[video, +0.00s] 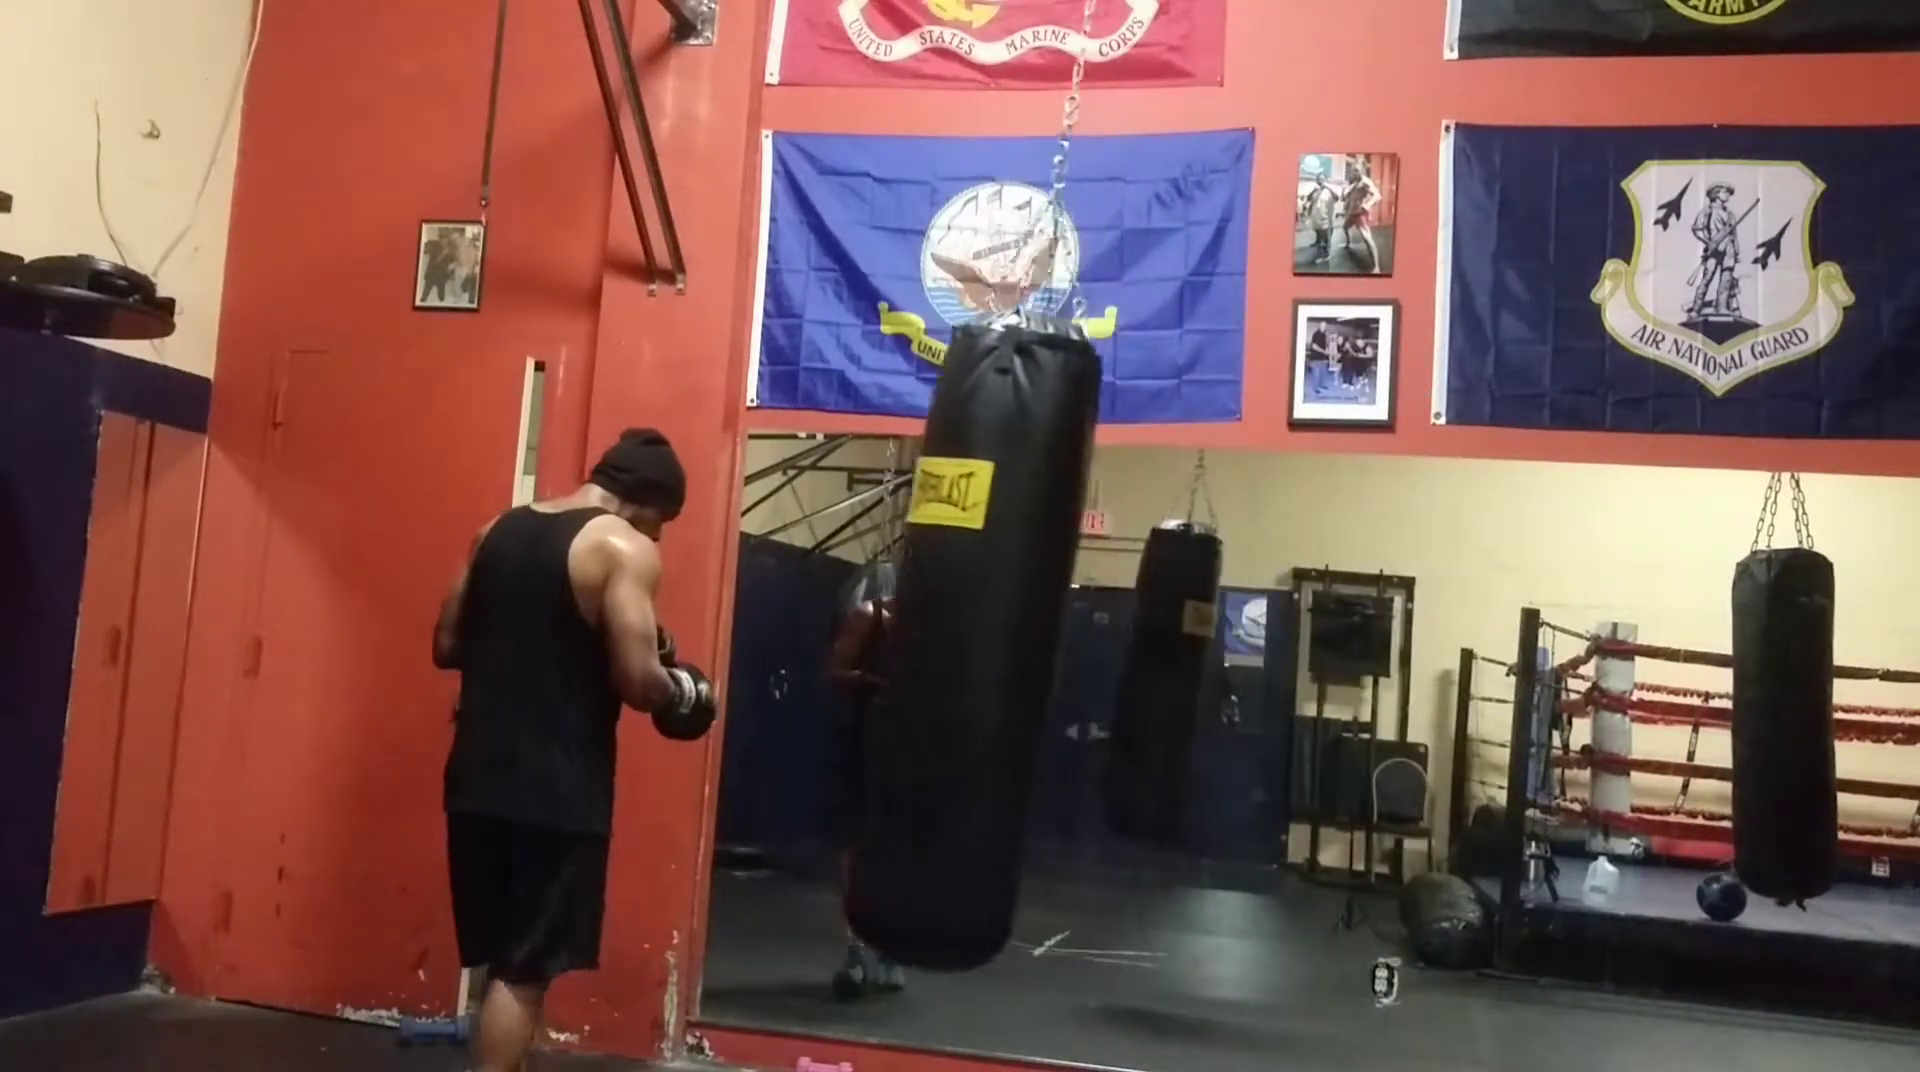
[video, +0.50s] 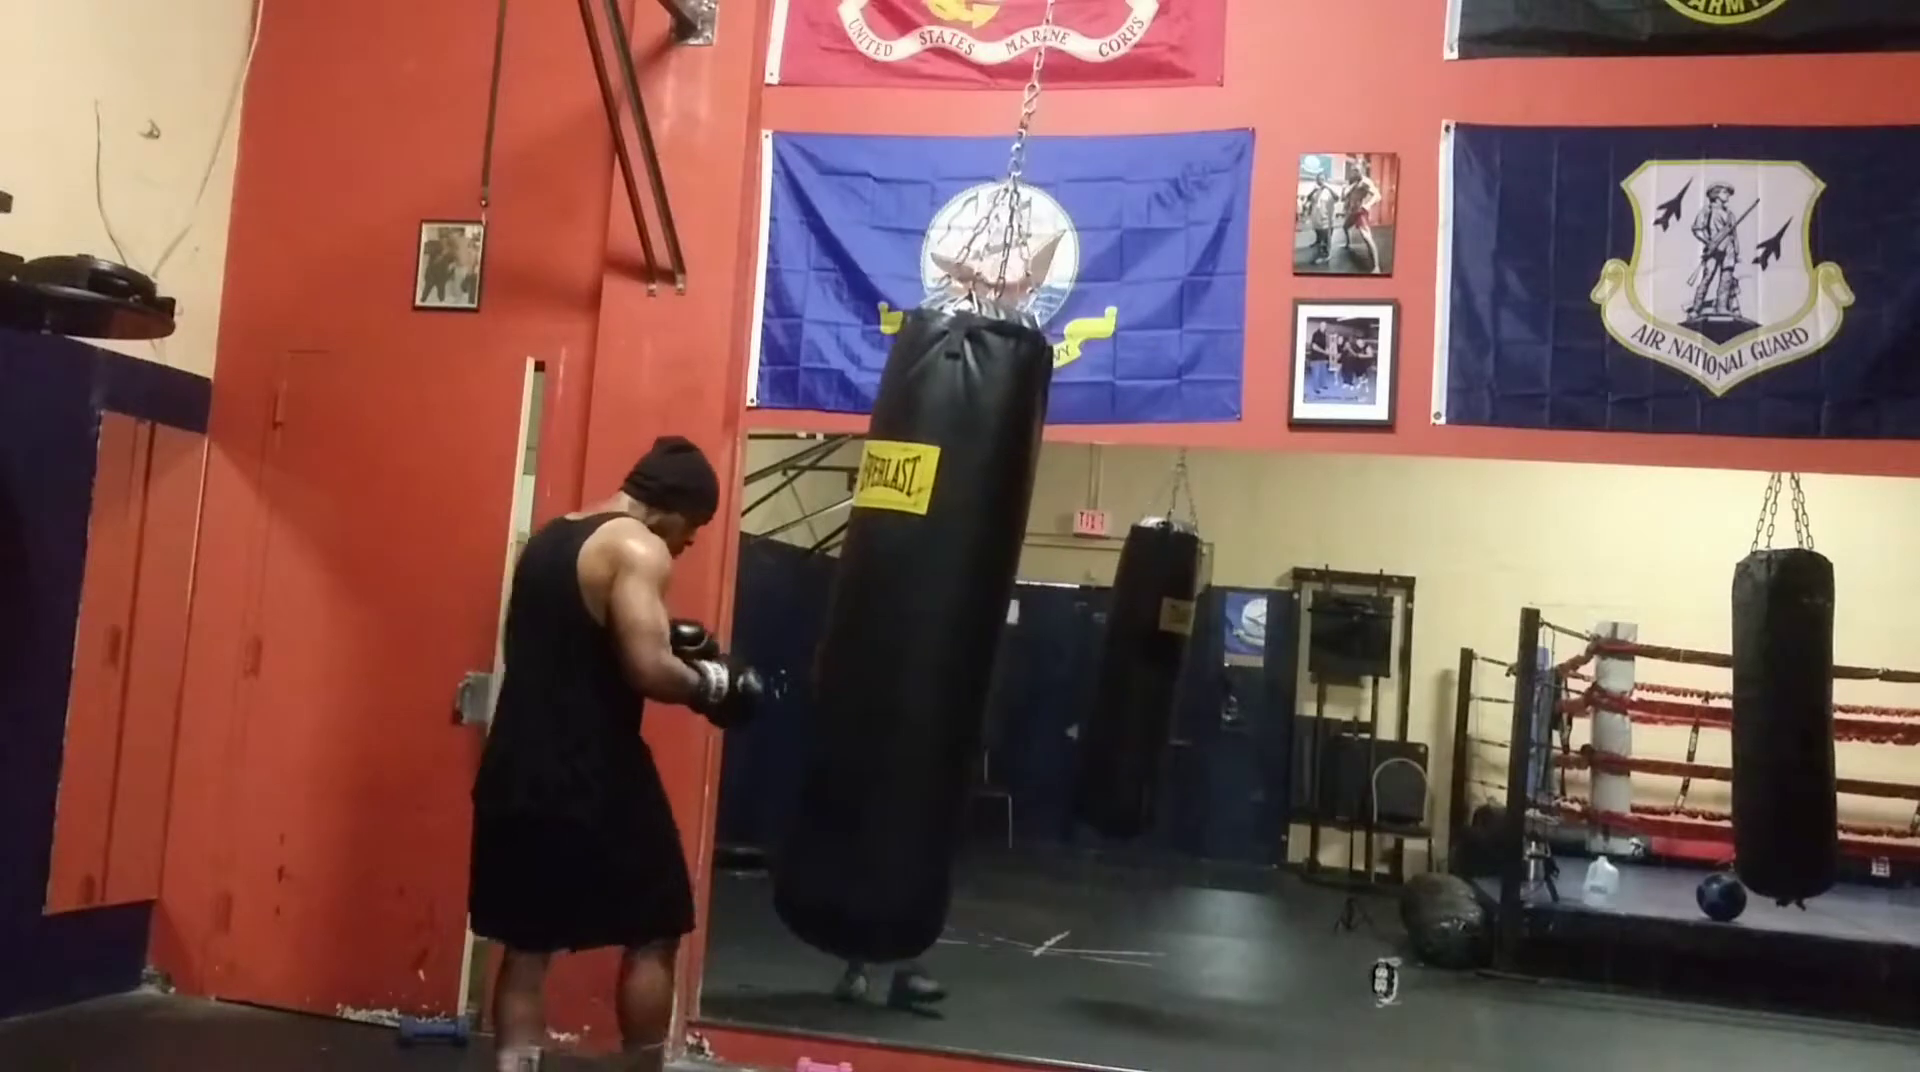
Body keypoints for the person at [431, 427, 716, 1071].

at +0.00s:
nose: (655, 533)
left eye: (661, 521)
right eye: (660, 519)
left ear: (601, 478)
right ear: (648, 498)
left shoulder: (504, 526)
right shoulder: (626, 547)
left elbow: (447, 647)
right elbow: (637, 676)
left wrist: (535, 639)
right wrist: (677, 692)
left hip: (479, 777)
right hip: (558, 791)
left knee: (500, 966)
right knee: (521, 975)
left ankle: (511, 1060)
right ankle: (493, 1066)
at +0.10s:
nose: (658, 536)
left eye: (664, 524)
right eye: (662, 521)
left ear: (603, 482)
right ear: (646, 500)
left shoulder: (508, 530)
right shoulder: (627, 550)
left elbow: (454, 651)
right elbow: (639, 678)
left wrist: (541, 642)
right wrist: (682, 690)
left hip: (484, 785)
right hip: (566, 796)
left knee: (507, 963)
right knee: (542, 979)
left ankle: (500, 1061)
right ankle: (500, 1064)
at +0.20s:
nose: (659, 543)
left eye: (665, 531)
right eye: (663, 529)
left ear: (602, 491)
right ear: (648, 508)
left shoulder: (512, 541)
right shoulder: (626, 555)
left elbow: (461, 661)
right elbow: (642, 680)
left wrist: (555, 641)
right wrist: (687, 695)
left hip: (490, 786)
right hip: (576, 791)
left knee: (512, 961)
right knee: (605, 950)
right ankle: (525, 1061)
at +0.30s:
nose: (664, 545)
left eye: (670, 533)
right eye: (668, 532)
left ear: (608, 495)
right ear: (651, 512)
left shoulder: (522, 544)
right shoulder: (632, 558)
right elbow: (645, 679)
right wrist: (693, 694)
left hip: (500, 774)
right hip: (583, 780)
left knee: (523, 946)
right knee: (642, 933)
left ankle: (515, 1067)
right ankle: (547, 1053)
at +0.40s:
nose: (674, 542)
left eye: (681, 530)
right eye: (678, 528)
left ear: (620, 492)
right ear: (659, 508)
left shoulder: (532, 540)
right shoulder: (635, 554)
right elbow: (647, 672)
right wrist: (698, 692)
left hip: (508, 766)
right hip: (591, 771)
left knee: (528, 933)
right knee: (664, 919)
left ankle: (514, 1063)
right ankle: (589, 1052)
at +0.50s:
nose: (688, 539)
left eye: (695, 527)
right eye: (692, 525)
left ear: (634, 489)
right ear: (674, 507)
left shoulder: (551, 538)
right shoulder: (640, 550)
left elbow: (566, 644)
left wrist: (660, 636)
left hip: (518, 767)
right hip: (599, 774)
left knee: (527, 943)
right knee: (655, 932)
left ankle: (513, 1065)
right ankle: (646, 1064)